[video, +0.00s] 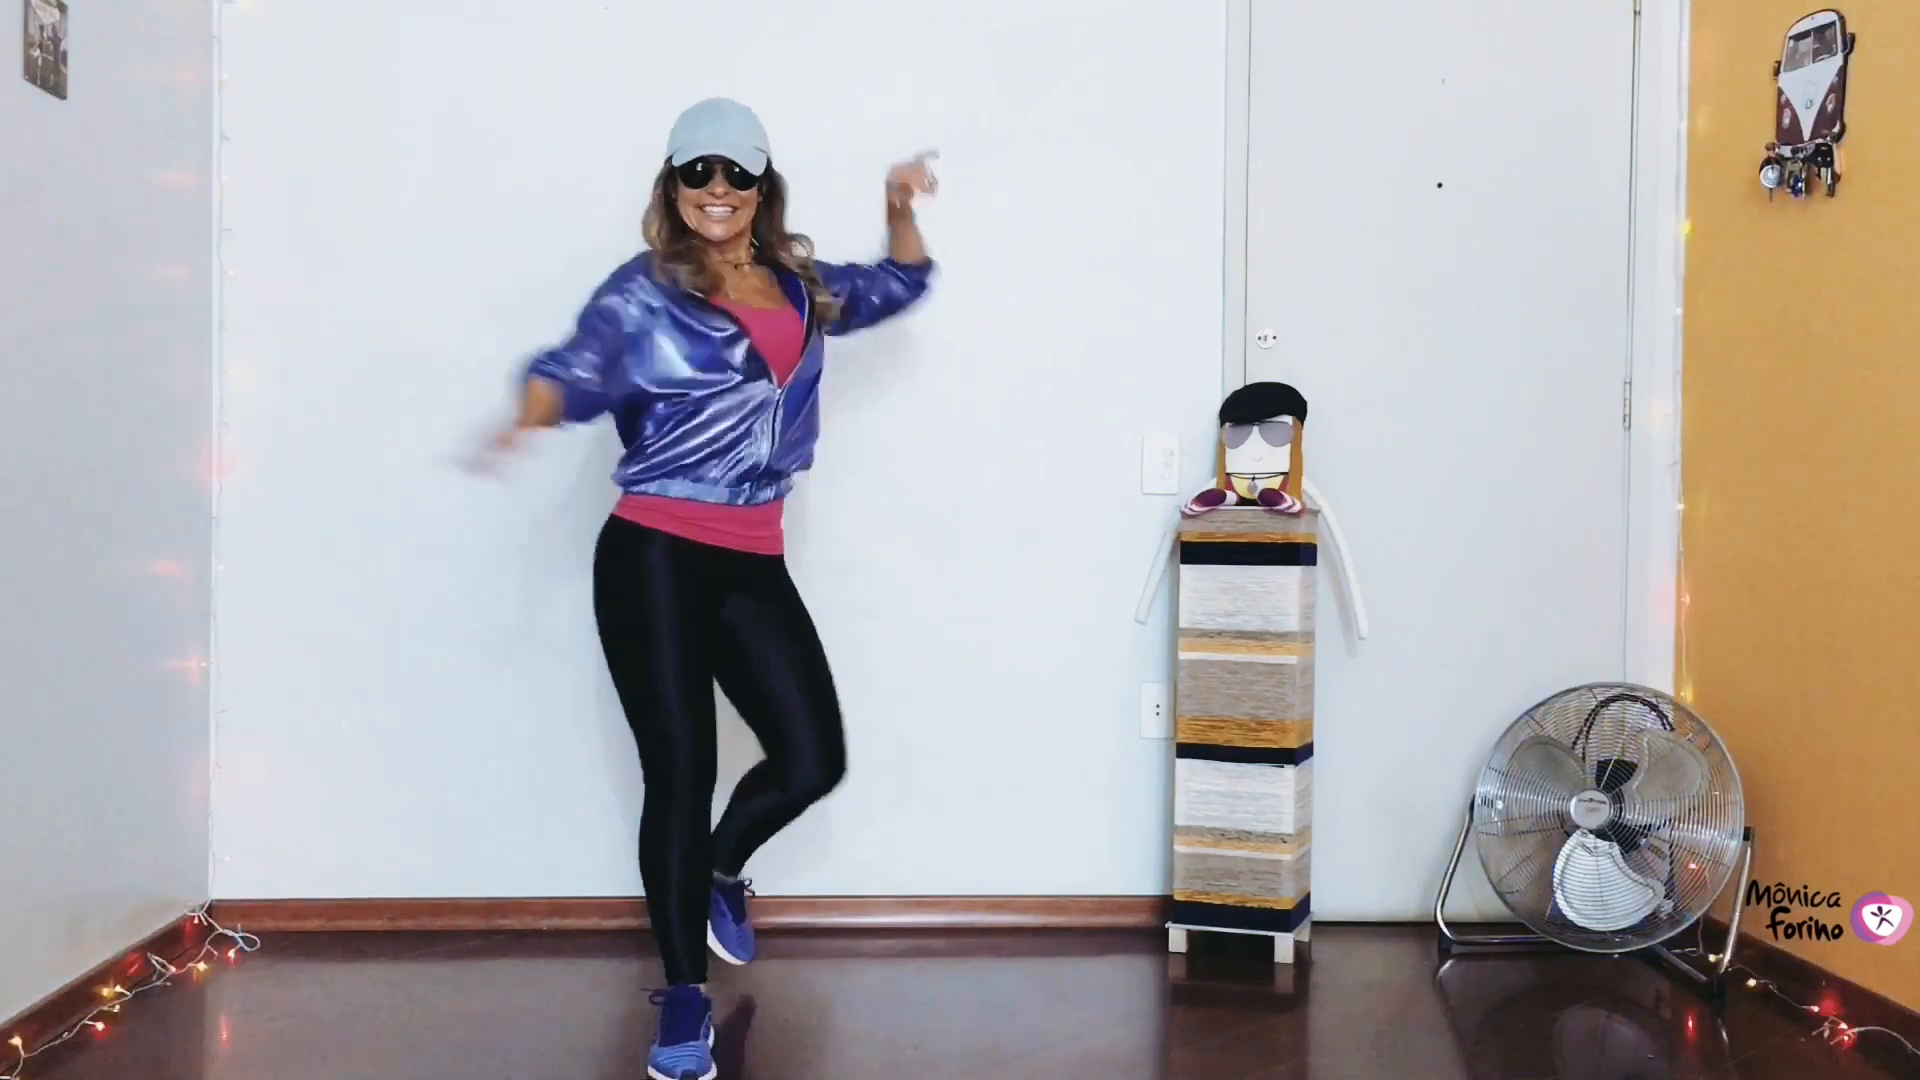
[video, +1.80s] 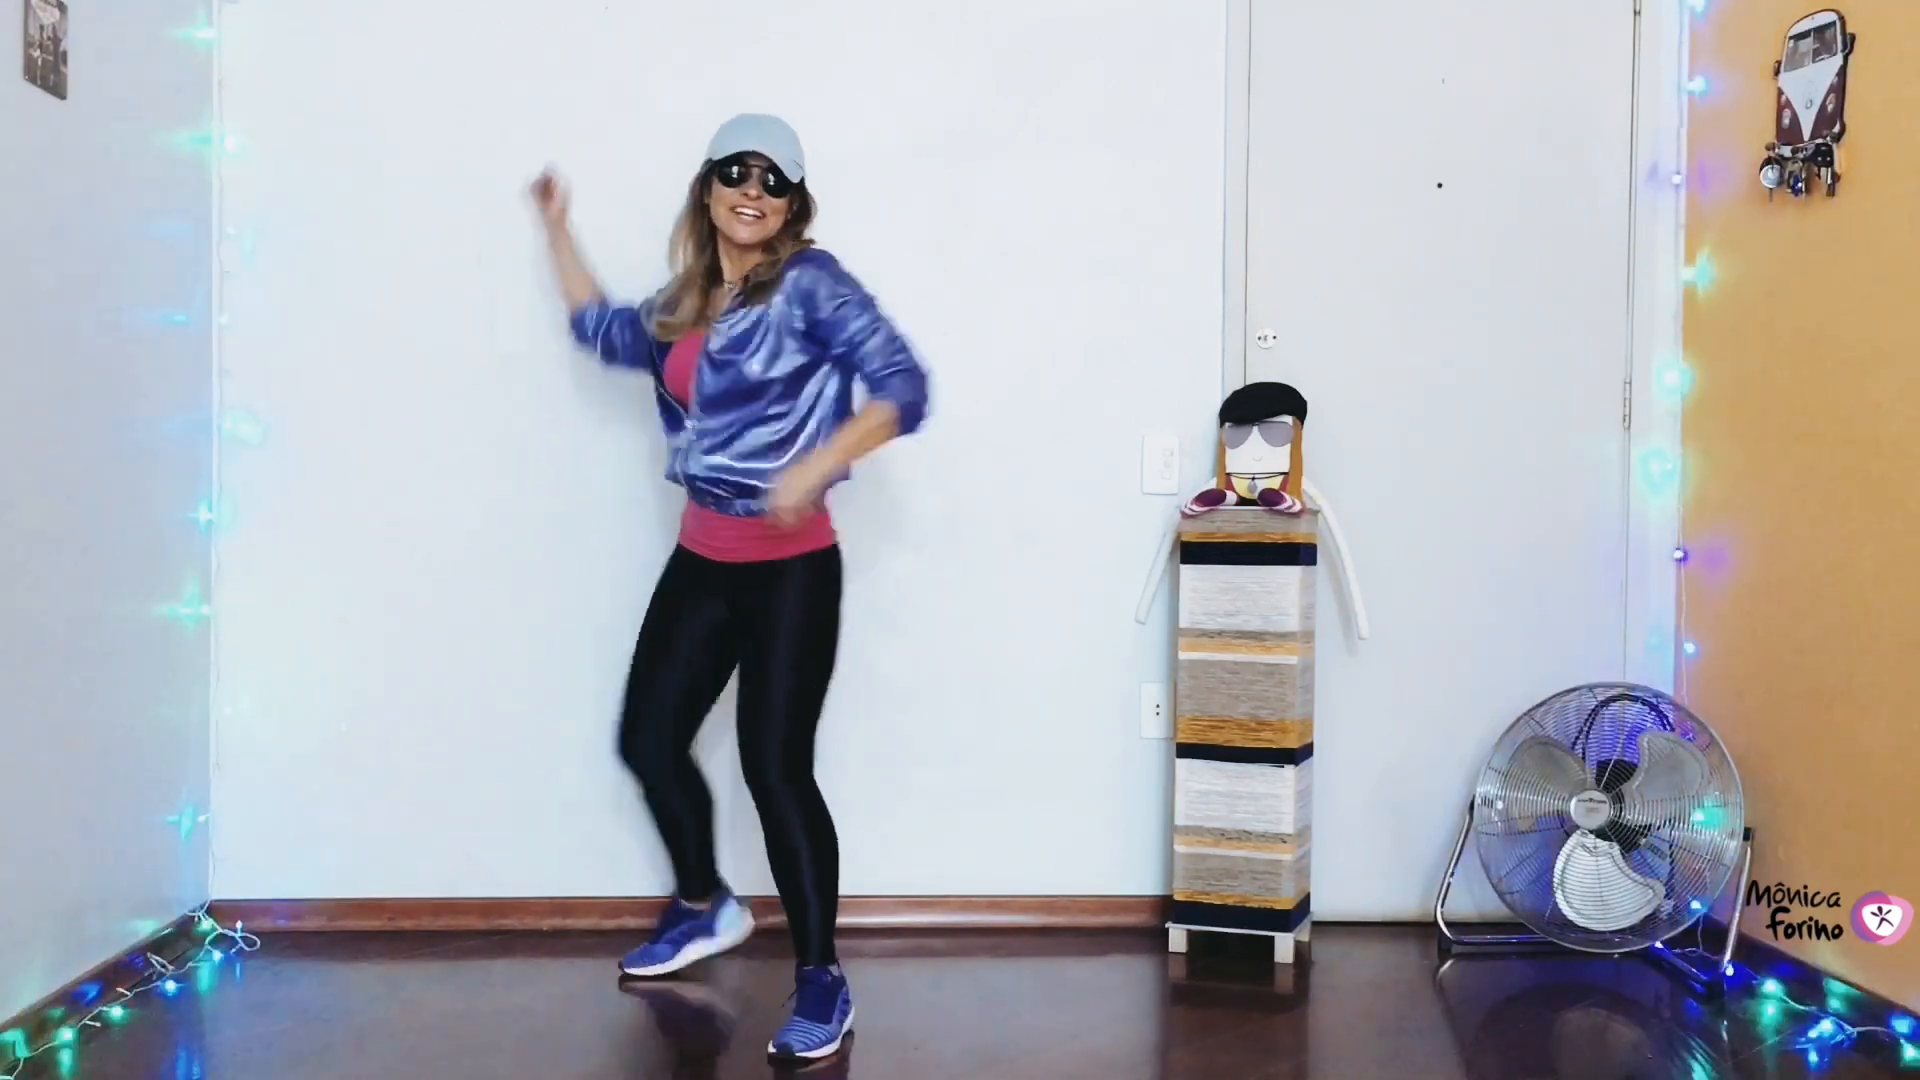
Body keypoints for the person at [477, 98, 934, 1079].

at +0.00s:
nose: (718, 194)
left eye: (737, 177)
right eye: (697, 177)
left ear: (764, 187)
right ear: (673, 190)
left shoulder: (796, 285)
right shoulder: (644, 295)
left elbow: (898, 286)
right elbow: (579, 371)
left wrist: (903, 210)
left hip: (750, 564)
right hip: (654, 557)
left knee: (812, 760)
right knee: (682, 776)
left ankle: (714, 862)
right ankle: (685, 995)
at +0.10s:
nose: (720, 191)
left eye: (741, 174)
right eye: (700, 172)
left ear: (768, 185)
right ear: (675, 181)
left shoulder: (809, 288)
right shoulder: (632, 293)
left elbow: (948, 317)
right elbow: (515, 346)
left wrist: (930, 247)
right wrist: (390, 376)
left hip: (752, 563)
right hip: (645, 554)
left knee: (827, 762)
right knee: (671, 776)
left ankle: (719, 866)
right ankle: (679, 997)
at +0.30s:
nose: (742, 173)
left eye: (763, 157)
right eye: (724, 154)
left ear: (790, 172)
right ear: (697, 169)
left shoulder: (825, 277)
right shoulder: (632, 276)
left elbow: (919, 355)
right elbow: (509, 280)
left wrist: (841, 278)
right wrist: (388, 268)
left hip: (765, 563)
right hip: (655, 556)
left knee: (760, 781)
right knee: (660, 781)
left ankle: (780, 980)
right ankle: (684, 994)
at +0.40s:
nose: (754, 157)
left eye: (775, 144)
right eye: (737, 138)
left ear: (801, 163)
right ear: (709, 152)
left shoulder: (817, 258)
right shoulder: (666, 255)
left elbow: (844, 355)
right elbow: (574, 239)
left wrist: (719, 303)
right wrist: (488, 197)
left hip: (774, 547)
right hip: (681, 543)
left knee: (756, 767)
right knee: (656, 756)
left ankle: (810, 983)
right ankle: (668, 979)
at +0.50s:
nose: (745, 143)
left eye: (769, 133)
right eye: (731, 124)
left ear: (799, 153)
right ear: (706, 135)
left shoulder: (791, 246)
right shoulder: (692, 236)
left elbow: (757, 362)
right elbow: (636, 202)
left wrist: (633, 331)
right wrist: (583, 146)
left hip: (784, 538)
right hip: (706, 536)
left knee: (764, 751)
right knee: (645, 729)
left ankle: (842, 981)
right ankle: (640, 960)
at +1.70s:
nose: (740, 189)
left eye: (761, 179)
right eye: (724, 171)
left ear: (780, 199)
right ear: (695, 187)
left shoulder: (787, 279)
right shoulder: (671, 284)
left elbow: (834, 403)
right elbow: (620, 261)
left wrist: (722, 462)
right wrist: (587, 165)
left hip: (768, 551)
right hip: (685, 552)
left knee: (764, 742)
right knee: (696, 734)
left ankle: (819, 962)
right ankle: (718, 920)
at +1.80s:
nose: (752, 195)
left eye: (773, 184)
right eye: (735, 178)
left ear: (795, 203)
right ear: (706, 194)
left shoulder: (811, 283)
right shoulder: (690, 299)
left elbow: (904, 386)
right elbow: (600, 328)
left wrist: (819, 466)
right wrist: (558, 228)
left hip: (791, 568)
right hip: (703, 561)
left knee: (775, 764)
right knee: (650, 740)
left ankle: (820, 979)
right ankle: (706, 906)